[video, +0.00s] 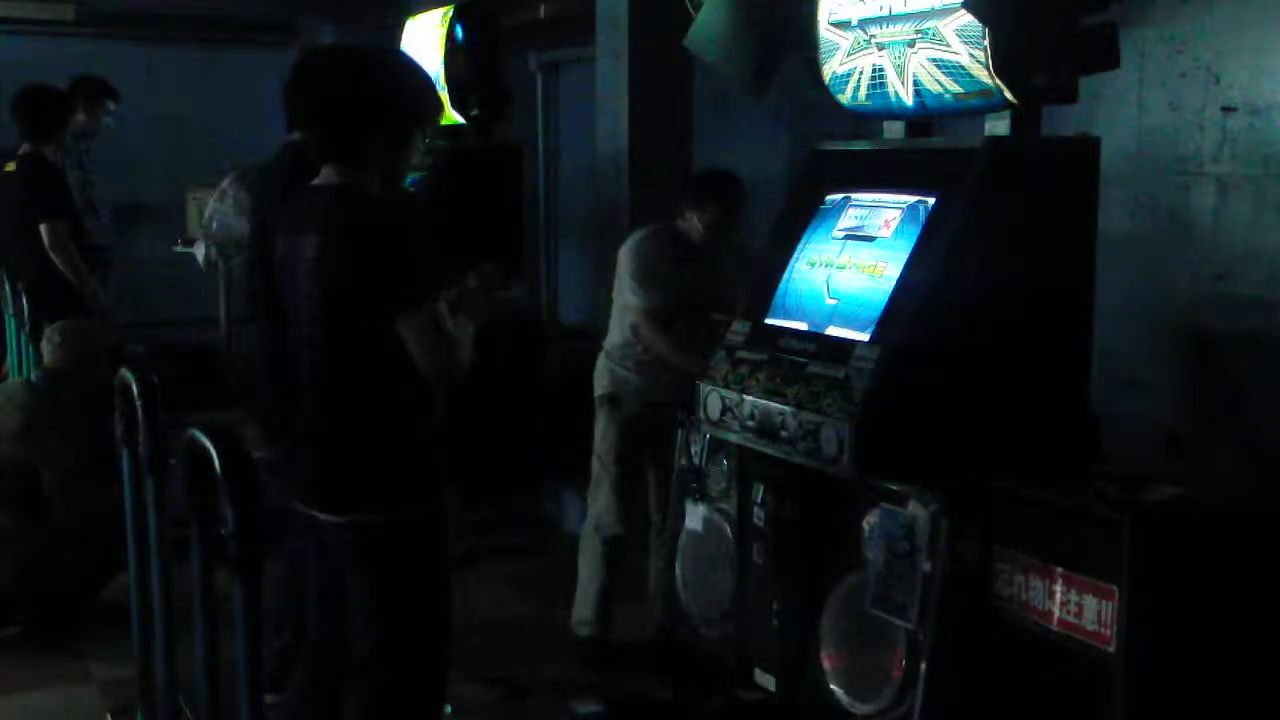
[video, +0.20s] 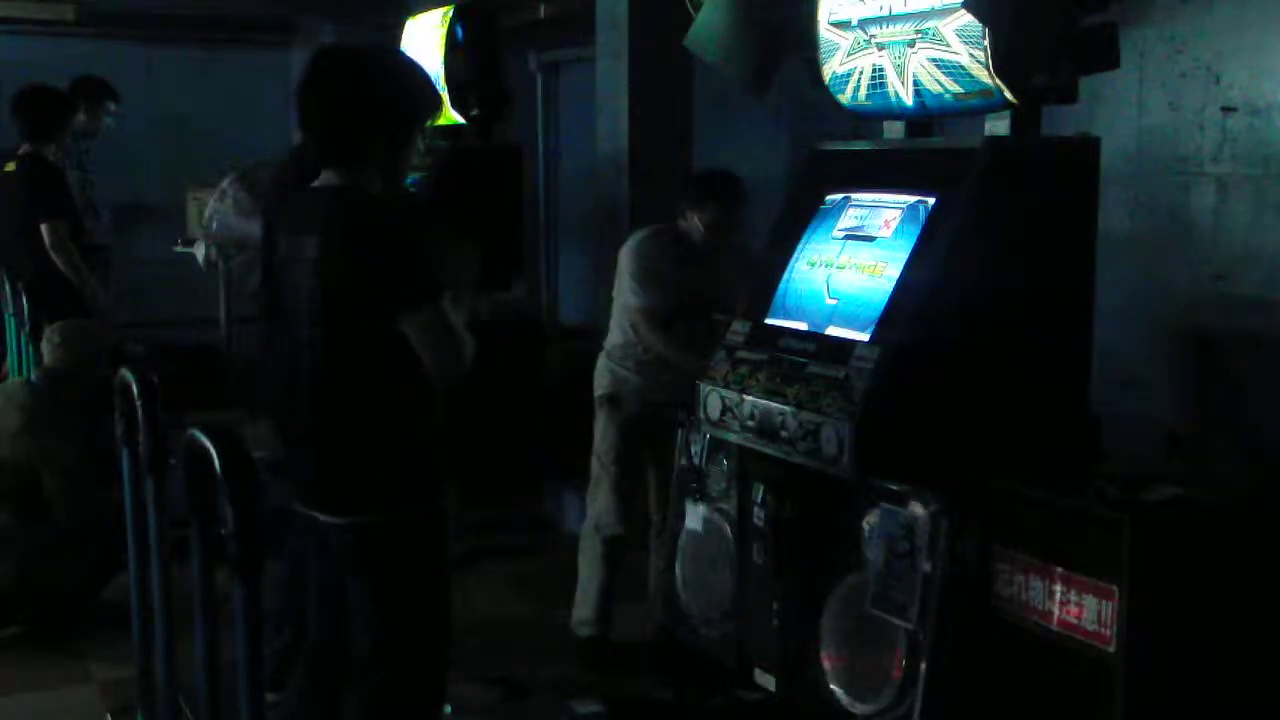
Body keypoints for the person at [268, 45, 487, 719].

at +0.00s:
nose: (418, 146)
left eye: (417, 128)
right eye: (411, 128)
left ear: (320, 128)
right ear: (384, 130)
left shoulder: (286, 216)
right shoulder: (387, 221)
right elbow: (443, 358)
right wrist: (467, 305)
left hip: (306, 479)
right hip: (386, 489)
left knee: (321, 661)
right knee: (401, 671)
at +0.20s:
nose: (417, 144)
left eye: (417, 127)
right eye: (412, 127)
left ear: (318, 123)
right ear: (386, 128)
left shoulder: (290, 215)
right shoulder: (387, 221)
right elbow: (447, 358)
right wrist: (458, 309)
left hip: (307, 470)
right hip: (386, 482)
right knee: (401, 663)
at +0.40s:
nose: (418, 140)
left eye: (417, 123)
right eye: (412, 122)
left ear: (326, 116)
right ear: (386, 124)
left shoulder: (298, 207)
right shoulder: (390, 217)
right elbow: (448, 355)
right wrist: (458, 305)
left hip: (316, 465)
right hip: (388, 475)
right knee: (399, 660)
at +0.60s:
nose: (423, 135)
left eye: (423, 117)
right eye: (417, 117)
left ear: (331, 111)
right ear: (388, 119)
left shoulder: (303, 204)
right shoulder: (387, 213)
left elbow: (286, 319)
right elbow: (429, 360)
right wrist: (471, 361)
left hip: (317, 460)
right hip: (385, 472)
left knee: (328, 643)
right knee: (400, 660)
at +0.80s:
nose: (425, 136)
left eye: (425, 117)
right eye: (418, 117)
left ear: (334, 113)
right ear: (386, 119)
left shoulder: (302, 206)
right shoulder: (383, 215)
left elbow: (288, 335)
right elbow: (411, 359)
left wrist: (318, 404)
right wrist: (472, 443)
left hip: (319, 458)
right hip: (386, 468)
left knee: (328, 637)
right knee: (402, 652)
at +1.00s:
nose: (428, 138)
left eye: (429, 119)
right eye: (422, 118)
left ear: (334, 114)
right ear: (395, 122)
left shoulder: (303, 205)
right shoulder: (389, 221)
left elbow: (278, 344)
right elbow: (408, 372)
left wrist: (314, 424)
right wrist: (461, 481)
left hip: (319, 469)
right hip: (386, 479)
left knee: (328, 644)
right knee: (402, 662)